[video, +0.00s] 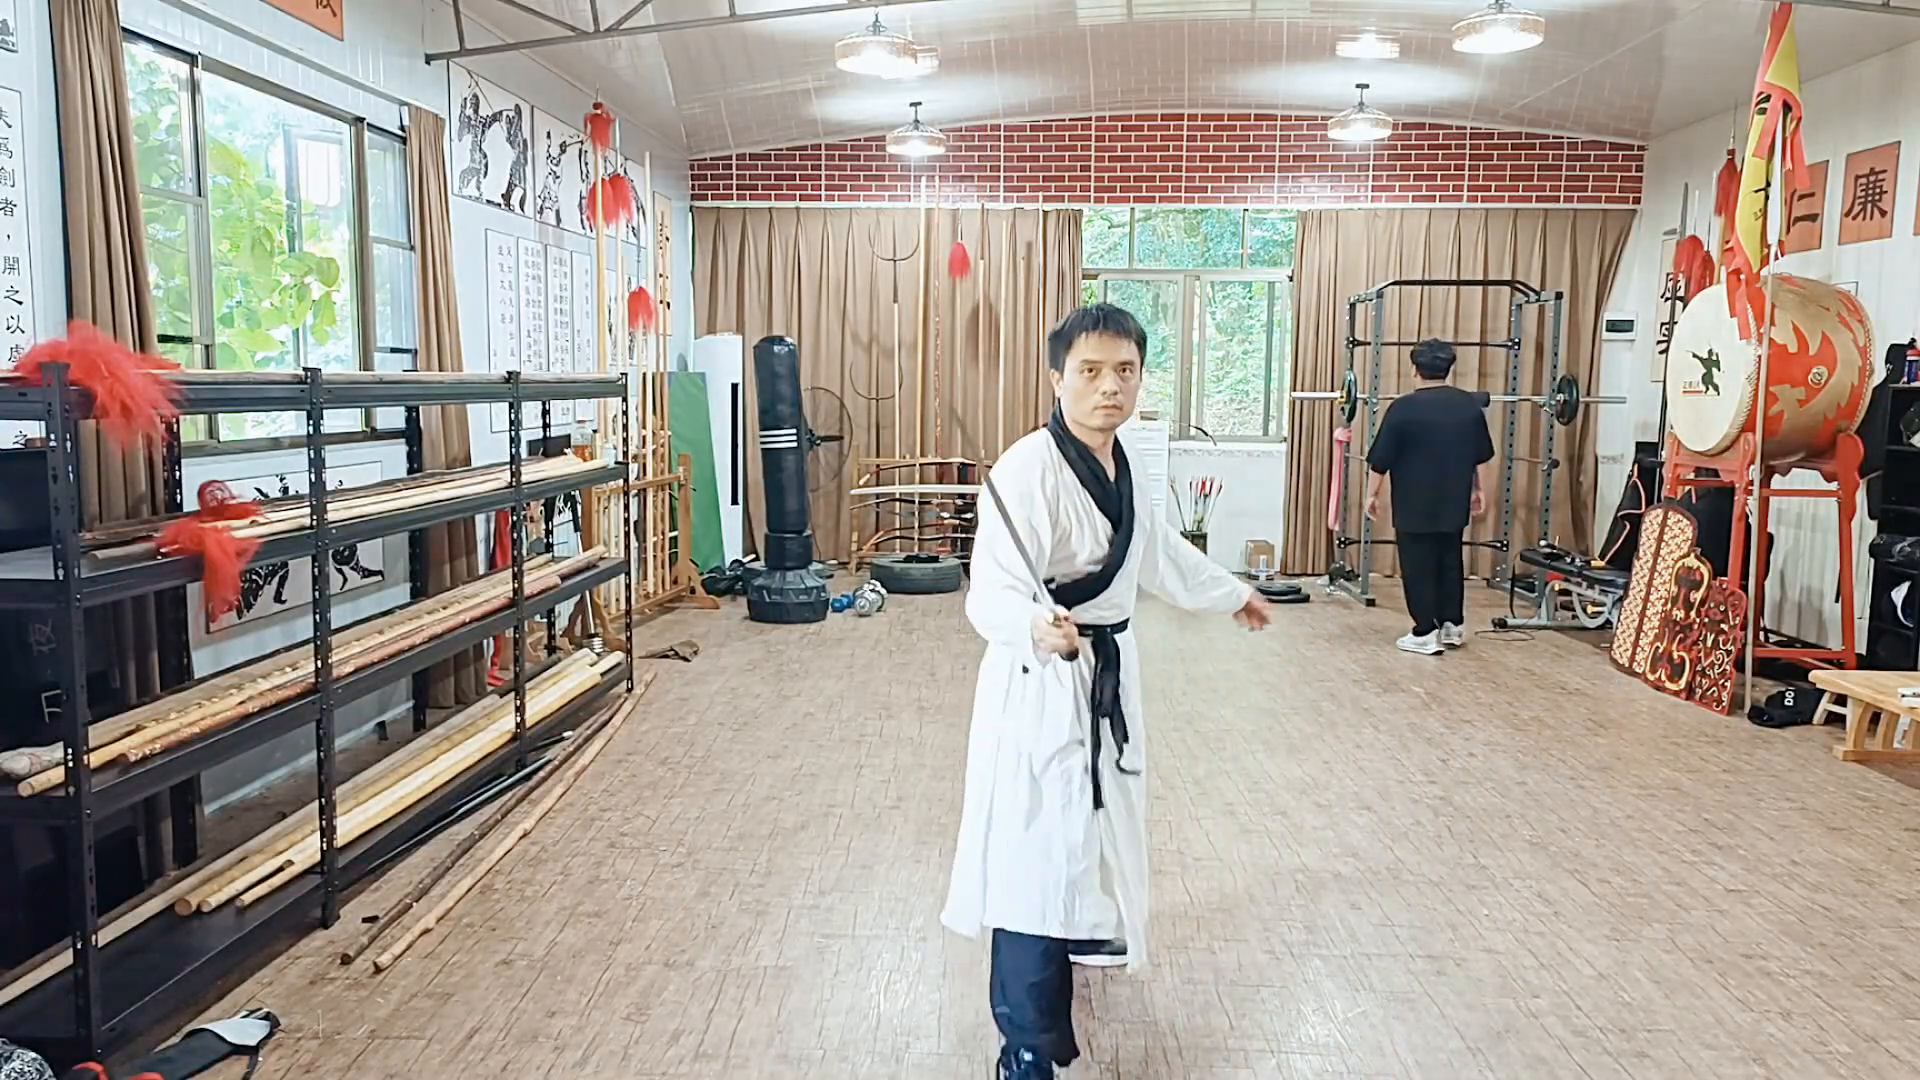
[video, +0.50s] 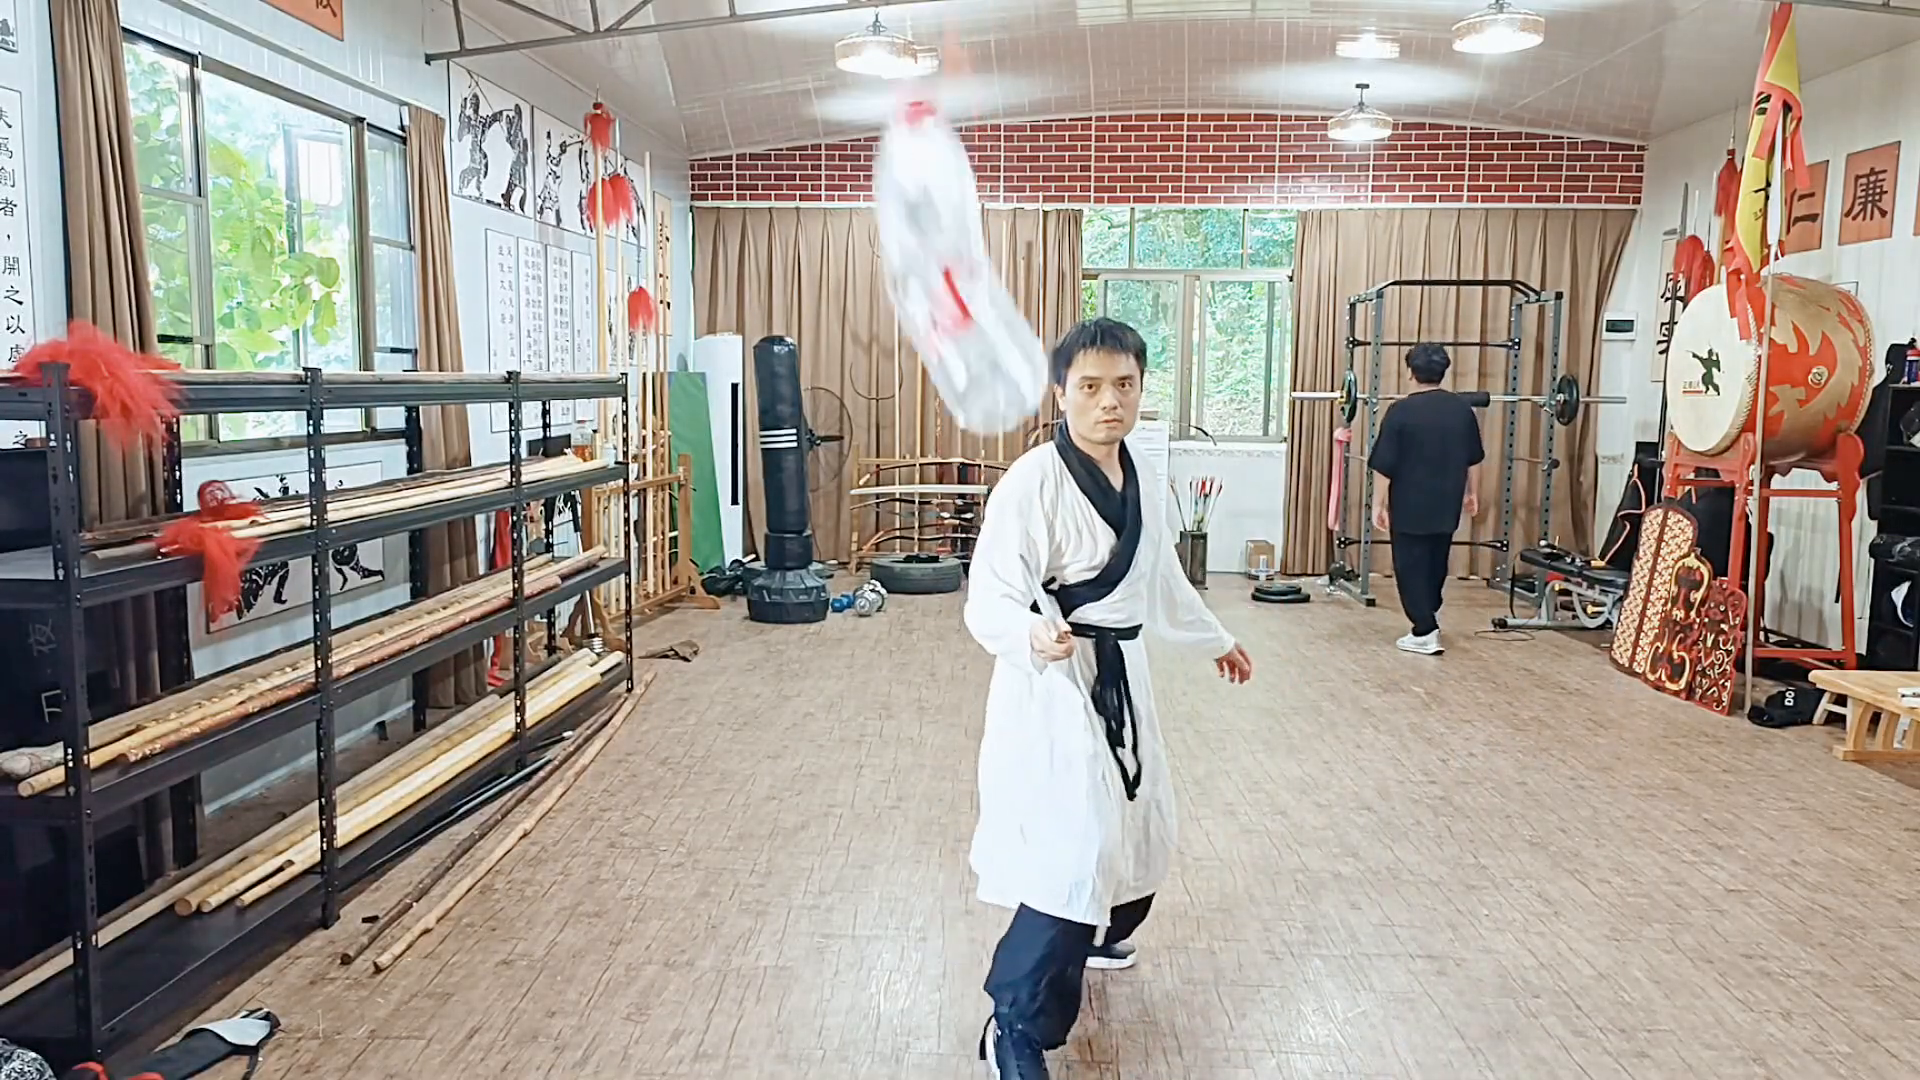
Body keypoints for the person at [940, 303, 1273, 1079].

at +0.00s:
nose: (1110, 386)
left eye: (1124, 370)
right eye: (1091, 370)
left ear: (1140, 380)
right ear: (1058, 379)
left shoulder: (1135, 457)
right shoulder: (1022, 474)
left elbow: (1156, 549)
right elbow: (994, 591)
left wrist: (1229, 591)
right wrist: (1037, 626)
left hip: (1108, 666)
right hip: (1037, 673)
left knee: (1097, 817)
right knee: (1034, 844)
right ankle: (1028, 1049)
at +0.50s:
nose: (1110, 401)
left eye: (1124, 385)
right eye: (1091, 386)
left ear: (1141, 390)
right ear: (1060, 393)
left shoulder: (1145, 466)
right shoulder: (1031, 483)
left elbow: (1160, 573)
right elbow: (988, 599)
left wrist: (1217, 639)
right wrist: (1032, 633)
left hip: (1125, 672)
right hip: (1053, 681)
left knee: (1138, 816)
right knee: (1076, 850)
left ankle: (1099, 933)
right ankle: (1015, 1033)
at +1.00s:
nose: (1118, 395)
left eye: (1134, 376)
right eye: (1096, 377)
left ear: (1150, 388)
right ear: (1058, 389)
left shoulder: (1134, 467)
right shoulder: (1033, 473)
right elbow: (1029, 539)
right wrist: (1059, 542)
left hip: (1106, 686)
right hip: (1035, 696)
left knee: (1087, 863)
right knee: (1041, 878)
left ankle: (1033, 1041)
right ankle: (1015, 1050)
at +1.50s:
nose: (1119, 386)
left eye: (1133, 372)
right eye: (1100, 372)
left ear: (1149, 388)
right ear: (1067, 387)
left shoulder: (1136, 471)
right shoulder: (1032, 486)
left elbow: (1131, 578)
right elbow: (979, 606)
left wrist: (1168, 650)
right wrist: (1003, 684)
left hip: (1118, 682)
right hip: (1048, 688)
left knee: (1127, 827)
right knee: (1032, 863)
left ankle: (1083, 945)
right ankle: (1027, 1061)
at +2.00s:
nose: (1100, 372)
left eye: (1109, 358)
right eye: (1081, 361)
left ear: (1122, 368)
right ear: (1050, 374)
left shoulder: (1110, 451)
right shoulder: (1027, 462)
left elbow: (1115, 552)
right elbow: (1004, 573)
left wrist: (1166, 604)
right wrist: (1058, 617)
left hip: (1100, 657)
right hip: (1046, 669)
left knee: (1093, 783)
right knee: (1059, 815)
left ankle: (1077, 881)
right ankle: (1034, 979)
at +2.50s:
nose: (1142, 403)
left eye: (1149, 384)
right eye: (1118, 386)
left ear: (1158, 392)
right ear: (1065, 405)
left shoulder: (1112, 483)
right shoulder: (1064, 490)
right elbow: (1146, 510)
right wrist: (1213, 507)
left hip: (1105, 713)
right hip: (1053, 728)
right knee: (1068, 976)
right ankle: (1030, 1065)